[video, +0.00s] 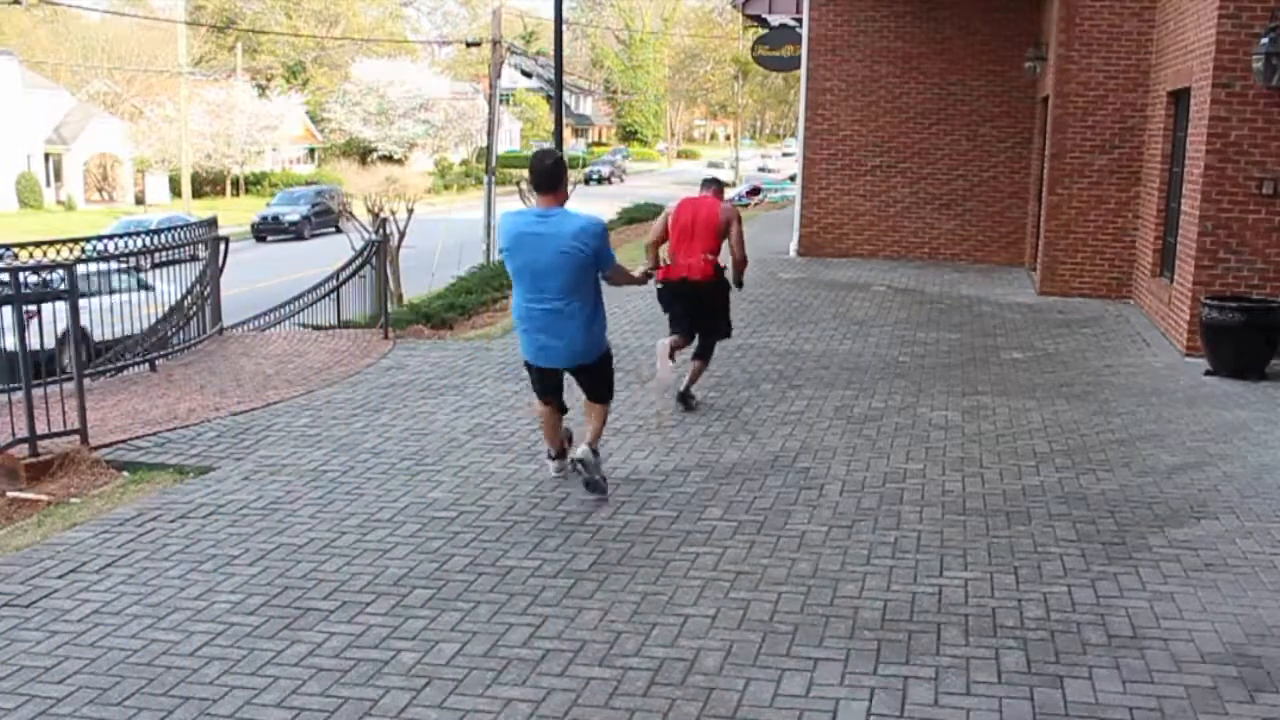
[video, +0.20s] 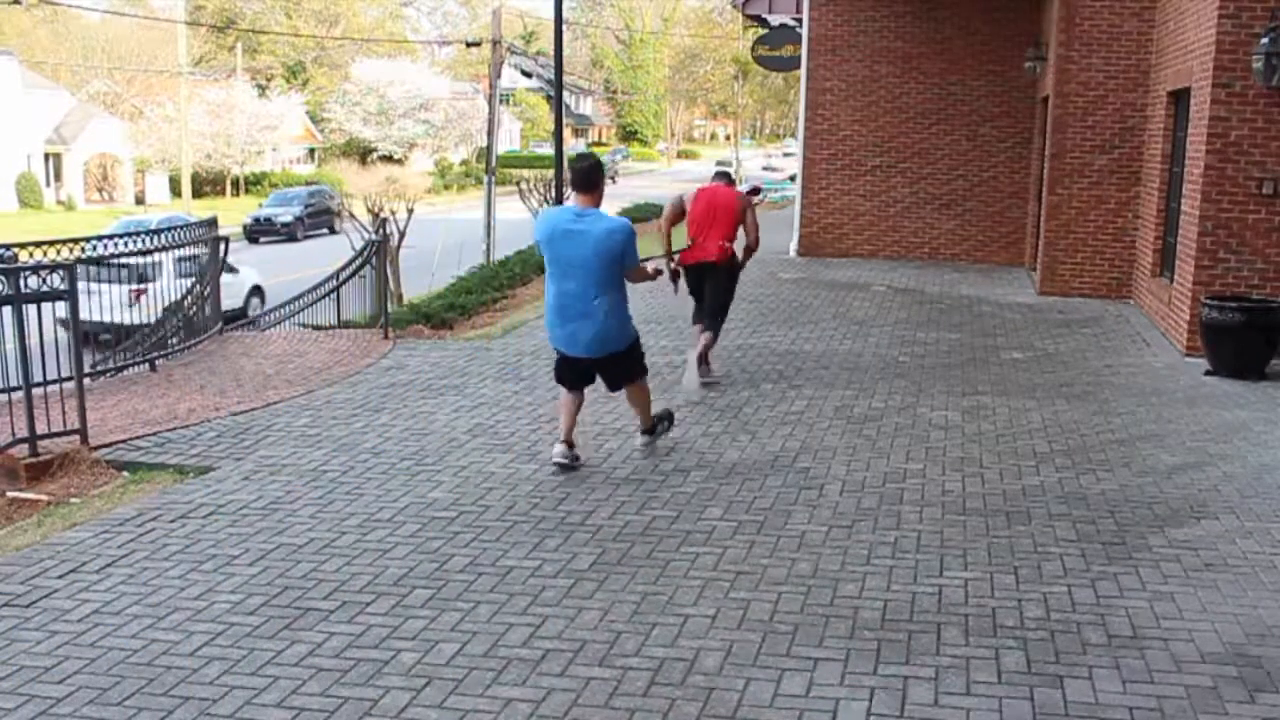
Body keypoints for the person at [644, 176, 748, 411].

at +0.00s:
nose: (722, 200)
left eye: (720, 197)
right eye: (723, 196)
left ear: (700, 191)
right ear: (720, 194)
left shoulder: (676, 206)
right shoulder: (728, 211)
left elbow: (652, 242)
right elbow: (739, 257)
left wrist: (654, 267)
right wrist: (737, 278)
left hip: (673, 281)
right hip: (707, 283)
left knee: (685, 333)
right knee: (708, 339)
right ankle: (686, 387)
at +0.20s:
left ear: (711, 182)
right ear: (733, 185)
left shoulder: (692, 196)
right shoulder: (742, 200)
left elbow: (665, 221)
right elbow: (753, 241)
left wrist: (669, 259)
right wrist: (741, 262)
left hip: (692, 261)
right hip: (723, 262)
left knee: (699, 304)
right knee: (715, 317)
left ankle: (703, 359)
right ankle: (699, 351)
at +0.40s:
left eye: (721, 185)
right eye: (742, 188)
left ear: (720, 185)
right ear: (742, 186)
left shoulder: (705, 201)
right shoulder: (747, 198)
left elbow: (695, 237)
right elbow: (765, 201)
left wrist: (696, 245)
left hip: (705, 261)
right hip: (735, 260)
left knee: (703, 316)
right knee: (734, 291)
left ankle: (700, 362)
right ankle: (728, 323)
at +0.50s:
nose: (750, 185)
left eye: (749, 183)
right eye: (751, 182)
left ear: (730, 177)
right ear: (750, 179)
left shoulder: (712, 192)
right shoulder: (755, 189)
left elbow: (697, 227)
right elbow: (763, 209)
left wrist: (698, 239)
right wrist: (757, 237)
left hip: (711, 254)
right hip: (740, 253)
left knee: (710, 302)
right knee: (745, 294)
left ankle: (702, 339)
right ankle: (728, 332)